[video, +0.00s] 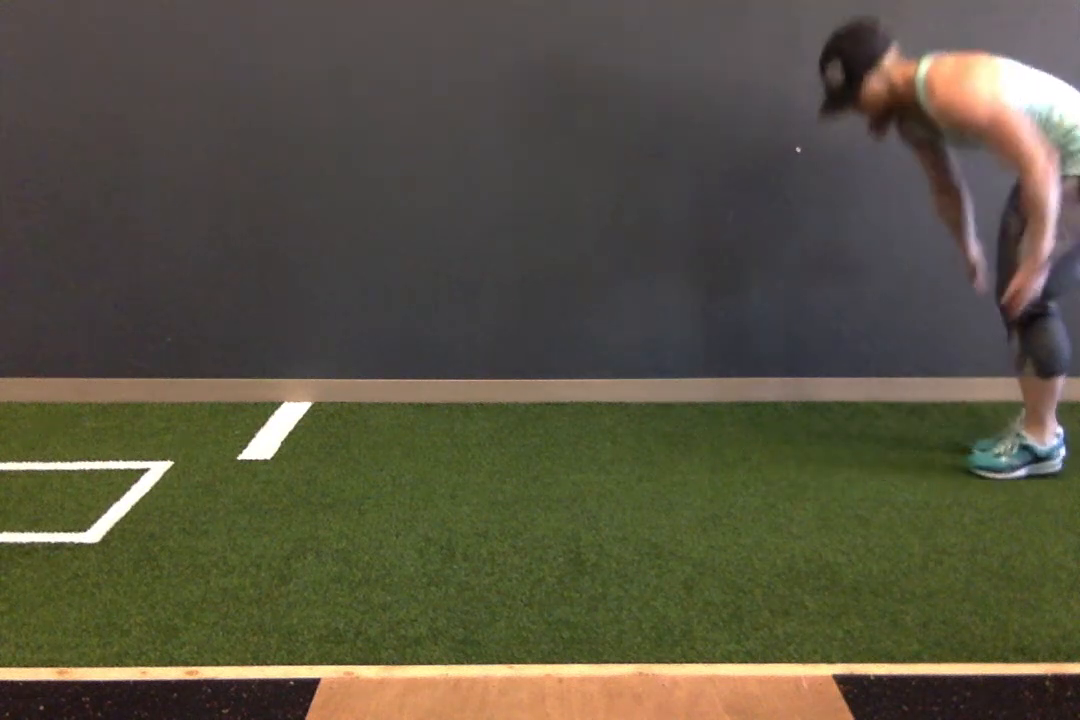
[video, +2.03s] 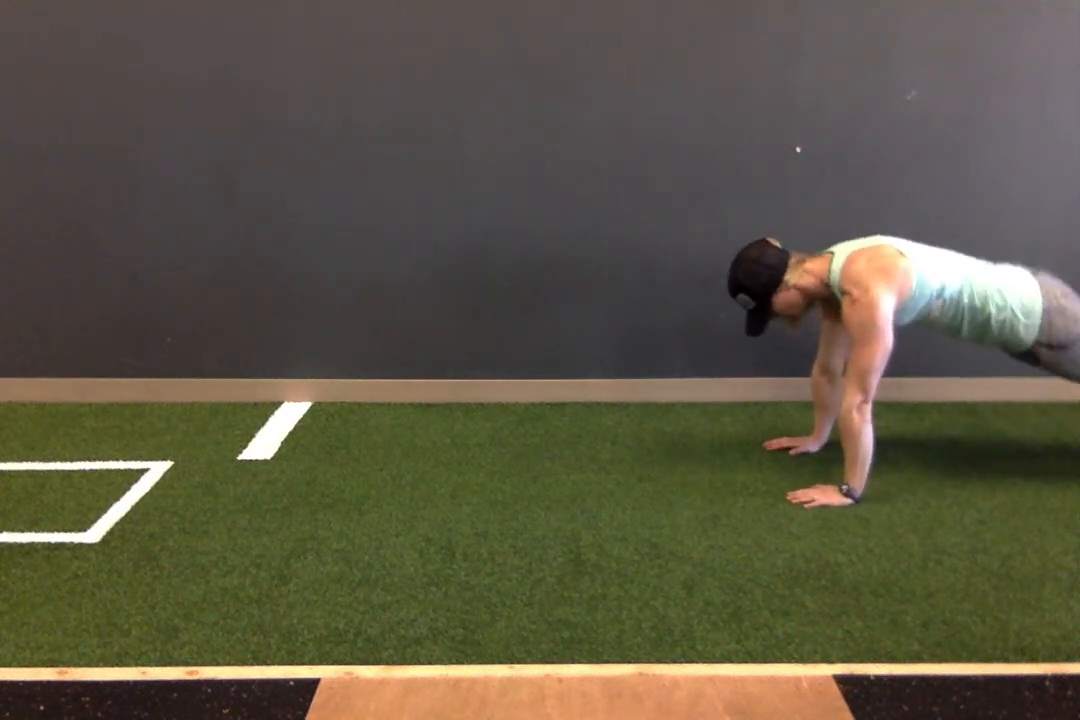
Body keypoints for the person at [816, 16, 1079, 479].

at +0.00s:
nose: (860, 113)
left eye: (855, 99)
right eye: (851, 104)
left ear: (875, 73)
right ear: (874, 74)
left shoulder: (951, 89)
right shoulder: (910, 108)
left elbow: (1041, 163)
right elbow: (946, 185)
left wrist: (1034, 267)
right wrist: (969, 248)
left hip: (1074, 170)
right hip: (1047, 170)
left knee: (1034, 297)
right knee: (1015, 290)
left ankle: (1041, 436)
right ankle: (1039, 427)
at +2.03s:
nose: (775, 315)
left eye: (767, 307)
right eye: (766, 310)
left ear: (783, 287)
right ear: (785, 271)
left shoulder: (866, 284)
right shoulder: (833, 276)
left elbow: (858, 400)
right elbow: (827, 368)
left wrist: (851, 488)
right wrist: (817, 438)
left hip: (1039, 316)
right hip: (1021, 313)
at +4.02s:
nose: (684, 344)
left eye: (677, 334)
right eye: (676, 337)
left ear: (690, 311)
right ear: (702, 291)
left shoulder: (748, 323)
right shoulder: (762, 293)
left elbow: (699, 426)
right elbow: (808, 369)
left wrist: (622, 481)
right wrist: (811, 431)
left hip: (945, 341)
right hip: (961, 314)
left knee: (823, 421)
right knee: (1049, 389)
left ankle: (948, 474)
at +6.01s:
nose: (319, 313)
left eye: (311, 304)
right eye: (312, 306)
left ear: (320, 286)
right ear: (342, 254)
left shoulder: (381, 310)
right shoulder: (408, 266)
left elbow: (404, 418)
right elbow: (469, 348)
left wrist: (418, 509)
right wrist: (500, 437)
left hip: (557, 384)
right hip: (569, 333)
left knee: (679, 433)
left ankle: (839, 459)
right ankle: (538, 439)